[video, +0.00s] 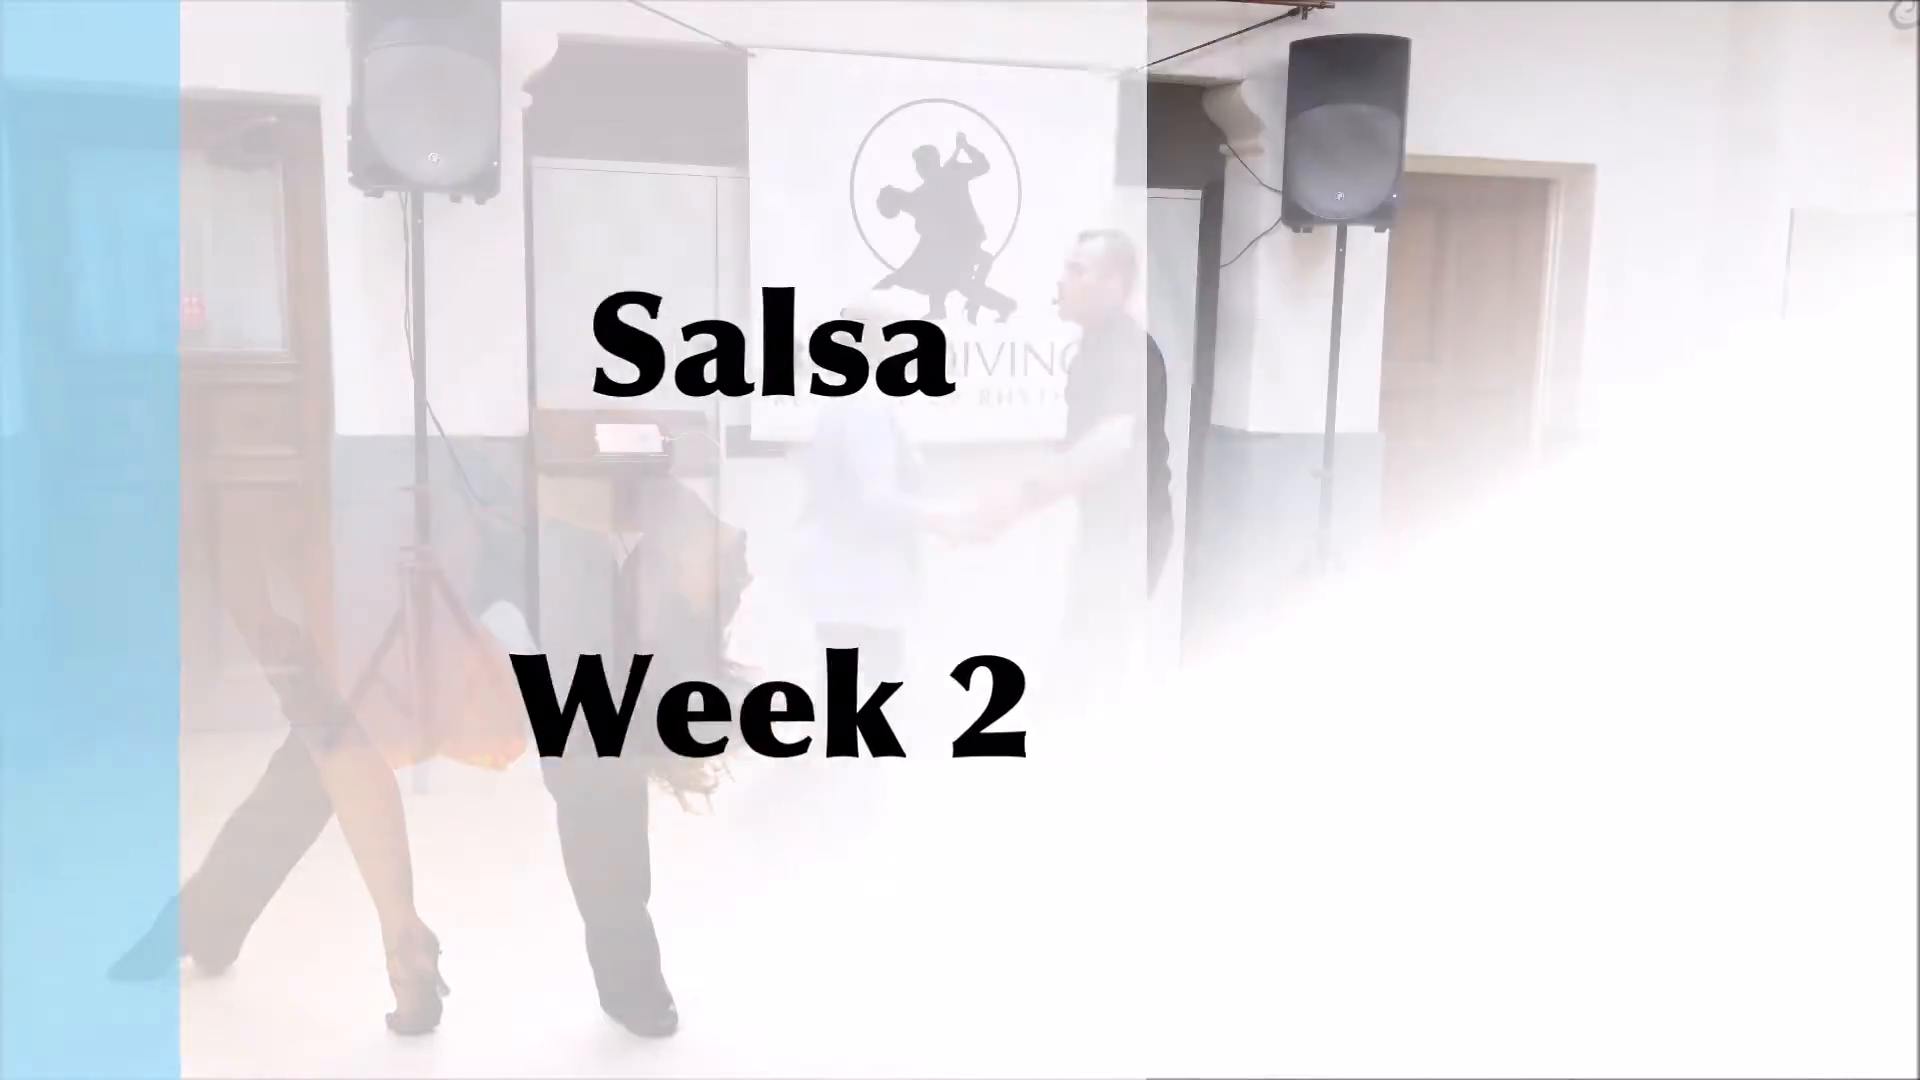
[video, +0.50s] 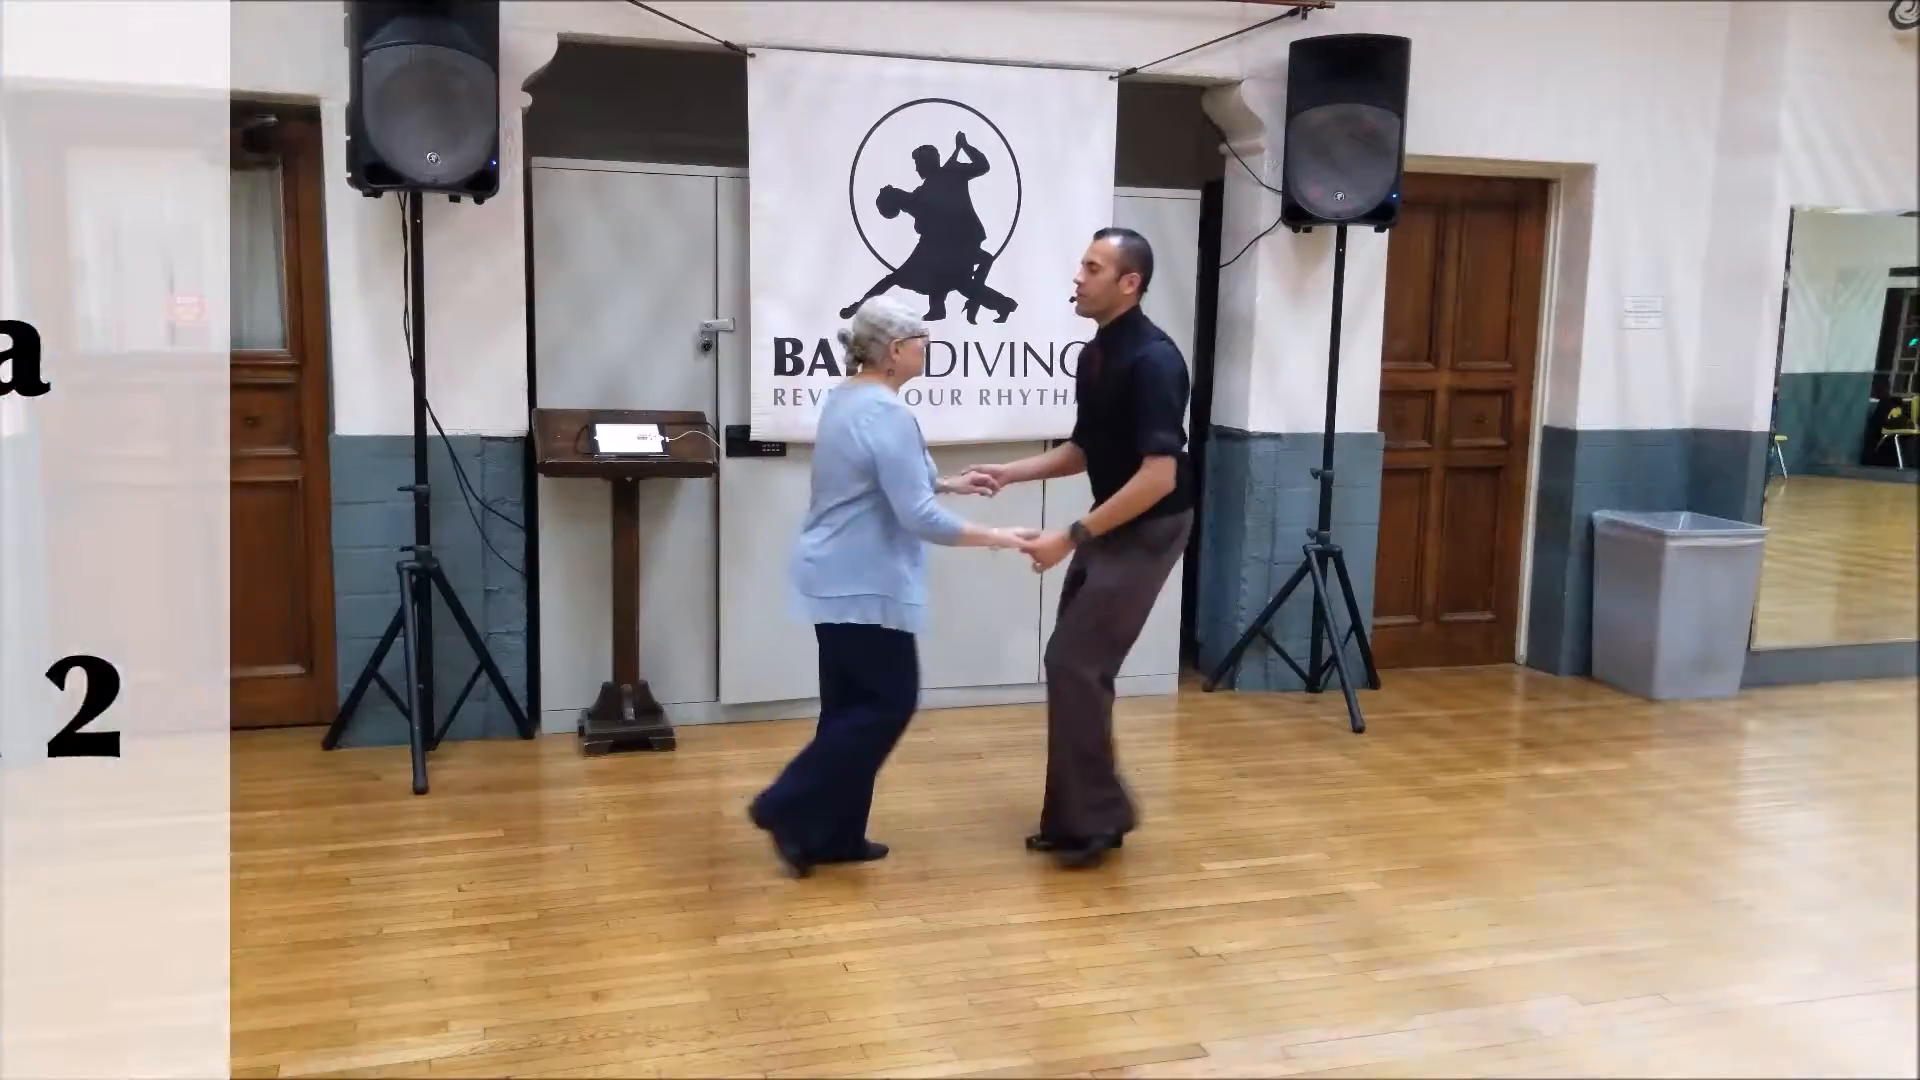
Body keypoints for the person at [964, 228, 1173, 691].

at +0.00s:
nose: (1060, 280)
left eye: (1076, 271)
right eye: (1065, 268)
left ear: (1112, 284)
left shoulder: (1124, 344)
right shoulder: (1096, 347)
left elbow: (1116, 443)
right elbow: (1086, 449)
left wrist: (1017, 499)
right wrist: (1010, 504)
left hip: (1128, 518)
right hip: (1106, 514)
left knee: (1103, 649)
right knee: (1085, 647)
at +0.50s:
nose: (1079, 278)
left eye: (1093, 270)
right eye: (1082, 267)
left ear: (1130, 283)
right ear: (1114, 281)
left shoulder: (1154, 359)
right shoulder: (1096, 350)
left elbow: (1160, 475)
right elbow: (1087, 450)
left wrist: (1075, 533)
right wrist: (1010, 474)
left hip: (1151, 526)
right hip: (1110, 521)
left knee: (1077, 661)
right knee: (1069, 661)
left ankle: (1099, 815)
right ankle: (1071, 816)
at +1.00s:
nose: (1183, 283)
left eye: (1198, 274)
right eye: (1185, 272)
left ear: (1235, 285)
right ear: (1212, 283)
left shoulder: (1264, 355)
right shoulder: (1201, 360)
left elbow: (1274, 454)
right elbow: (1188, 456)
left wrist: (1183, 486)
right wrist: (1141, 495)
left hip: (1275, 535)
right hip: (1219, 536)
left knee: (1282, 678)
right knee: (1176, 652)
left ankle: (1294, 822)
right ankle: (1185, 799)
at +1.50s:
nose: (1235, 290)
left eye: (1251, 283)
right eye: (1236, 279)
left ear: (1288, 296)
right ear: (1238, 285)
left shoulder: (1303, 364)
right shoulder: (1243, 366)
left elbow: (1322, 462)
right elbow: (1232, 459)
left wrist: (1229, 512)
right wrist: (1166, 492)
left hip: (1301, 536)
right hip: (1272, 535)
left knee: (1212, 660)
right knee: (1315, 671)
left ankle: (1265, 803)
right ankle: (1370, 805)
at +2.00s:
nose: (1165, 276)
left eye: (1180, 269)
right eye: (1168, 265)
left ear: (1217, 284)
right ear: (1184, 277)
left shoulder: (1233, 362)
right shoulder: (1170, 347)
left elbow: (1211, 480)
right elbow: (1148, 439)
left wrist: (1120, 464)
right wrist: (1075, 444)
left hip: (1228, 540)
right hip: (1175, 533)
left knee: (1251, 682)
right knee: (1125, 667)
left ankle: (1273, 825)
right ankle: (1118, 817)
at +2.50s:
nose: (1073, 275)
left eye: (1088, 267)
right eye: (1075, 264)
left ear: (1125, 283)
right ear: (1081, 276)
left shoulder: (1140, 356)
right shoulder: (1078, 353)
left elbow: (1120, 461)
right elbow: (1057, 451)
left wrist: (1020, 497)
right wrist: (990, 482)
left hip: (1121, 532)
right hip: (1080, 525)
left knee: (1060, 674)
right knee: (1065, 672)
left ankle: (997, 830)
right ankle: (1097, 817)